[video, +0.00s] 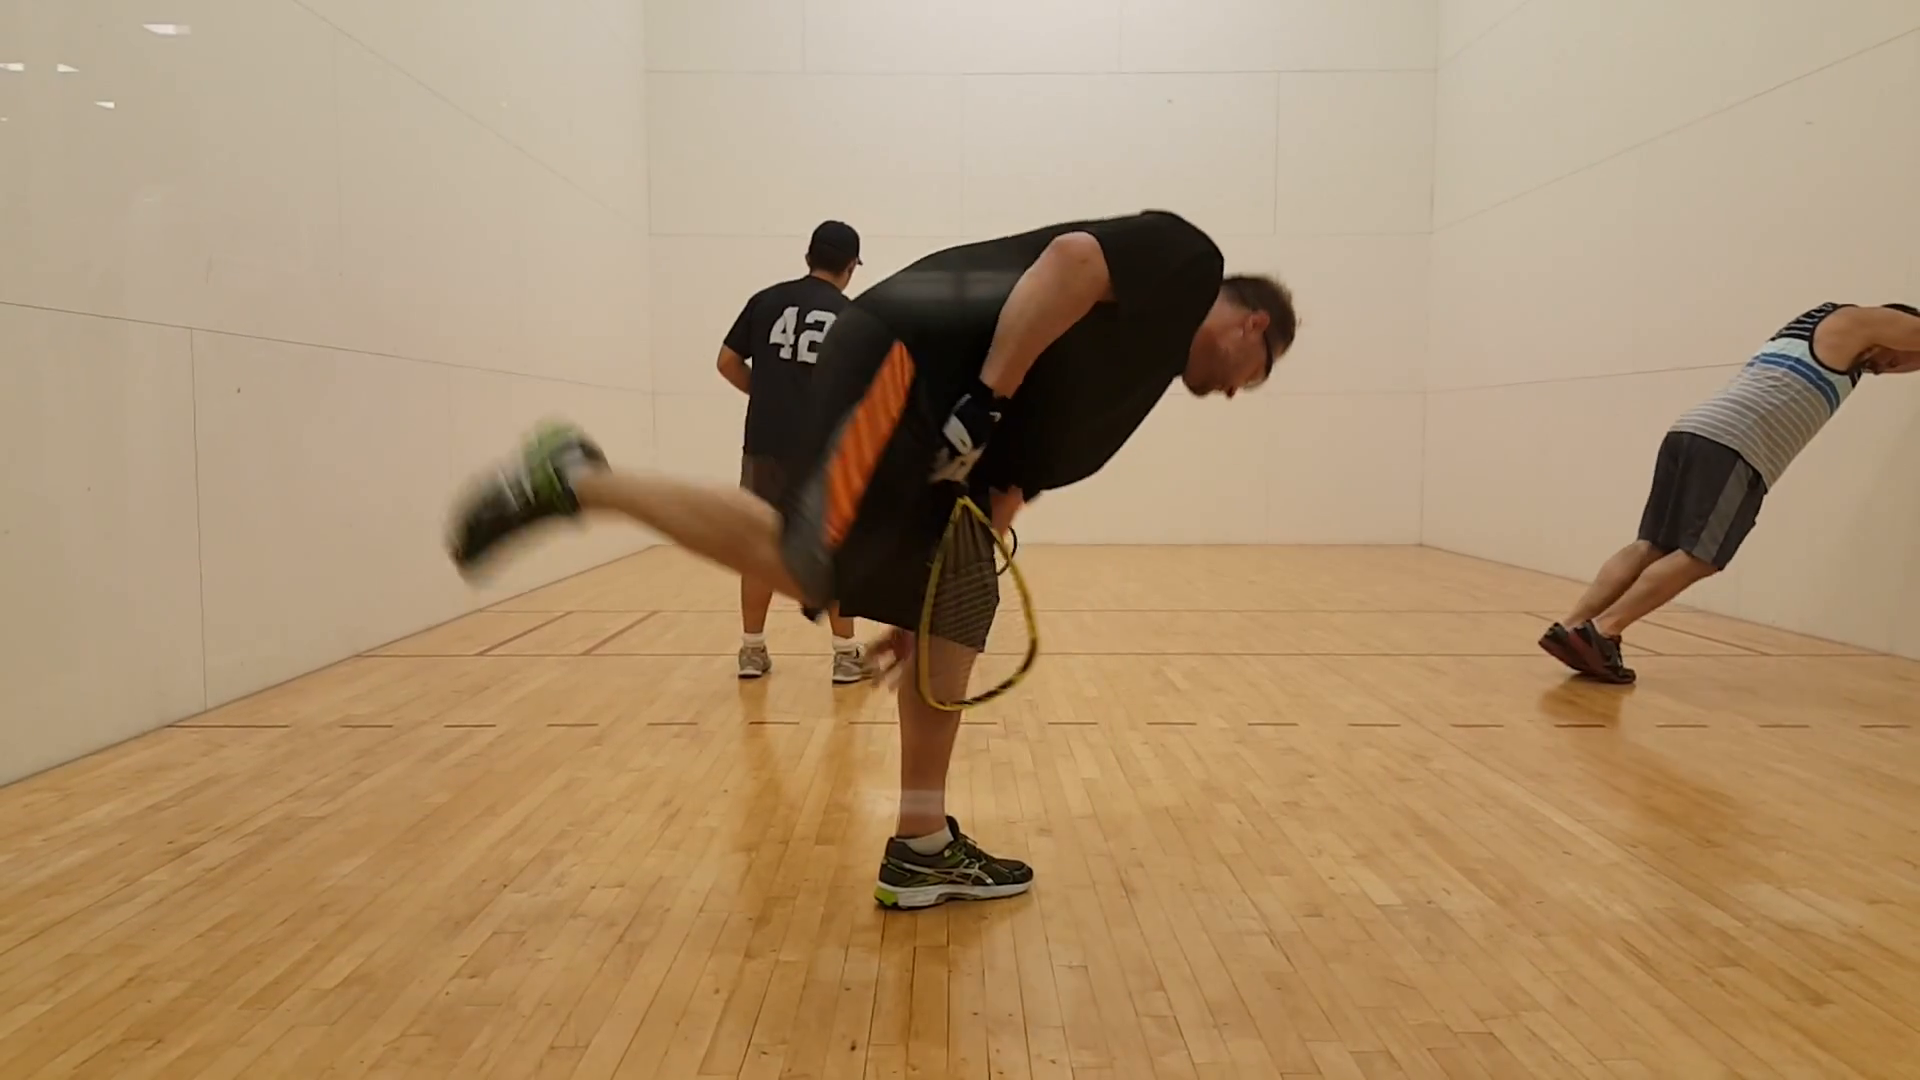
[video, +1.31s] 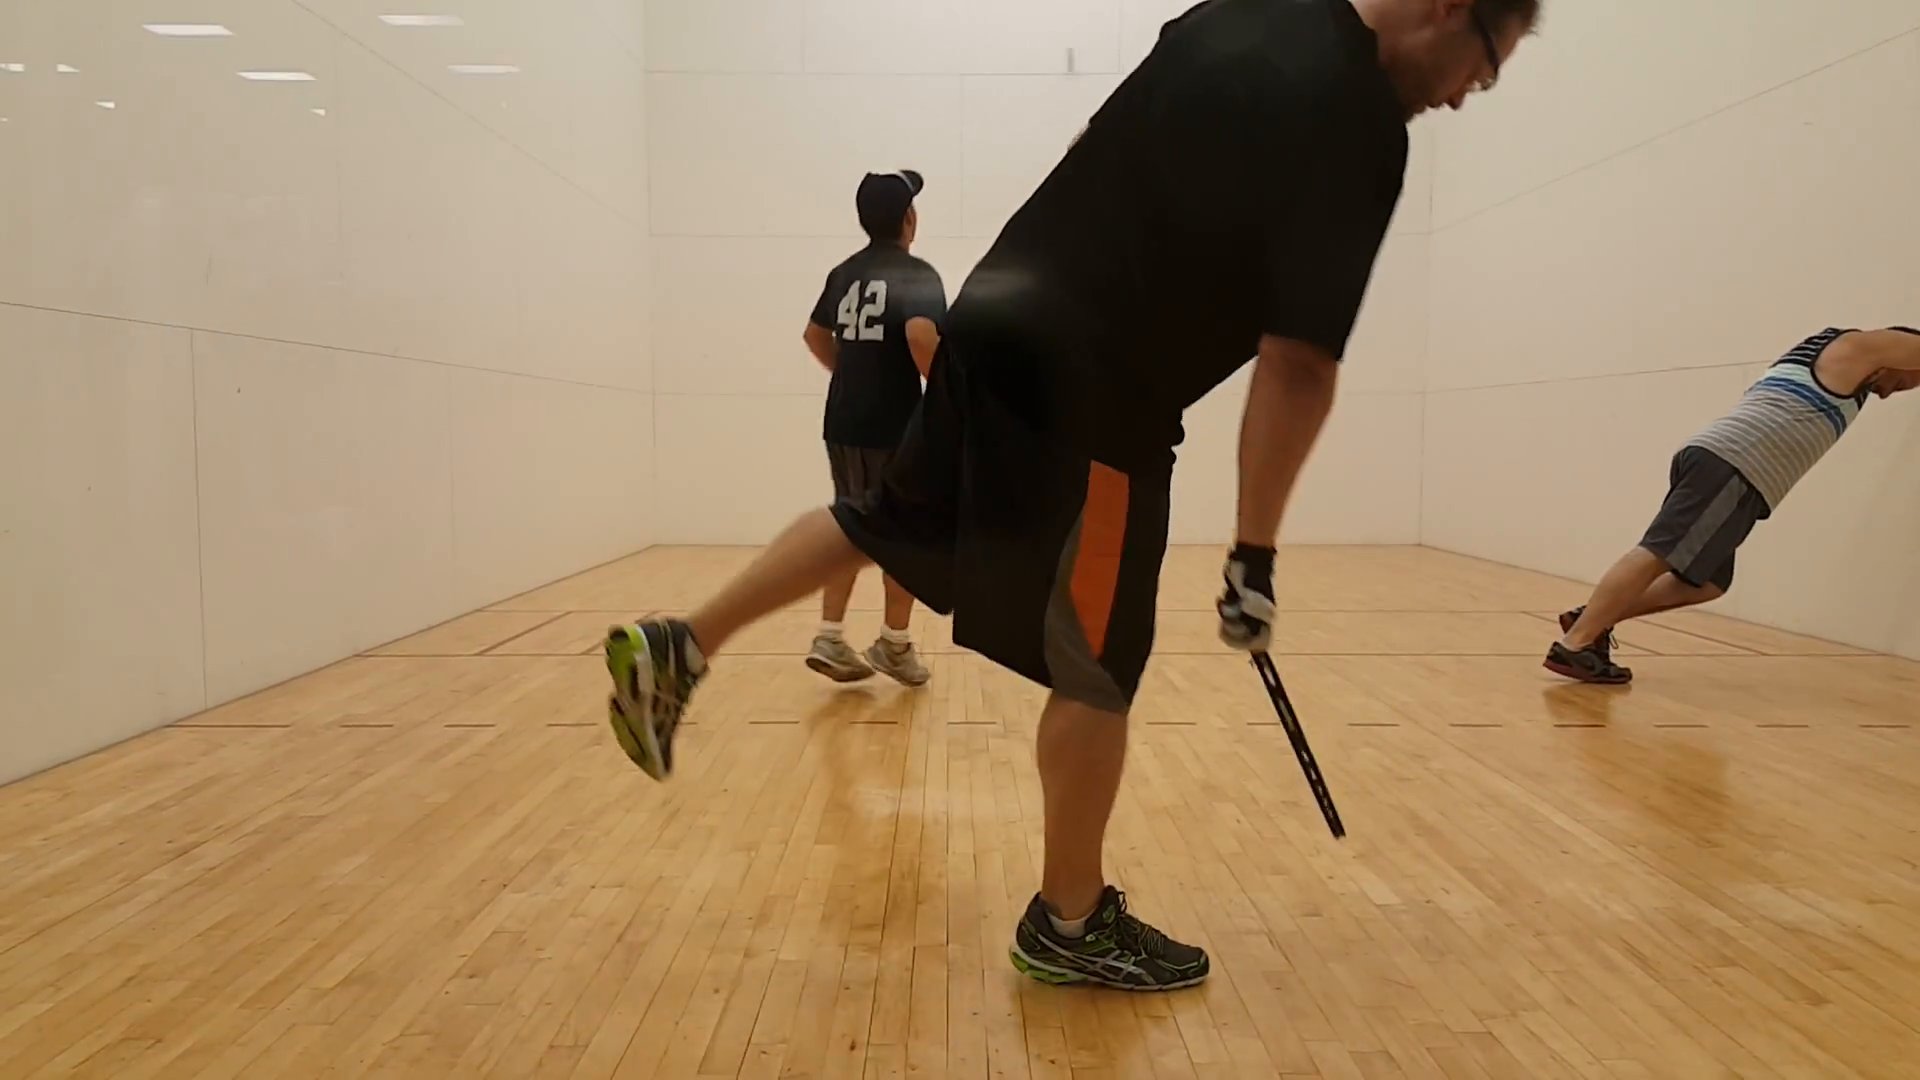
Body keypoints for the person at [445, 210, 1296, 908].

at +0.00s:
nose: (1238, 386)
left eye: (1251, 381)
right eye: (1252, 364)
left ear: (1240, 337)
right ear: (1243, 309)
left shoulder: (1127, 389)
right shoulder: (1183, 254)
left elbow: (1016, 476)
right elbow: (1071, 265)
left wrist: (955, 599)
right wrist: (986, 404)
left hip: (968, 433)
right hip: (915, 356)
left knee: (943, 621)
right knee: (809, 571)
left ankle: (922, 848)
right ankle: (581, 480)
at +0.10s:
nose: (1245, 330)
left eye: (1257, 323)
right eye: (1258, 309)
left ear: (1243, 269)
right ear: (1247, 259)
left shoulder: (1140, 301)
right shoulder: (1177, 212)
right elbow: (1065, 249)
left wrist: (1000, 464)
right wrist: (1012, 412)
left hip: (963, 401)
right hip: (921, 361)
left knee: (955, 622)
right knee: (904, 605)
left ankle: (922, 846)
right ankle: (664, 645)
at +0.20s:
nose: (1250, 259)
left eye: (1265, 249)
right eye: (1264, 236)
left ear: (1240, 197)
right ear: (1248, 192)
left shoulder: (1146, 236)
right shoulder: (1168, 165)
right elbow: (1058, 238)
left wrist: (1027, 431)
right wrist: (1037, 407)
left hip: (933, 371)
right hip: (943, 368)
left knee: (951, 617)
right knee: (972, 611)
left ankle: (923, 844)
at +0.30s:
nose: (1249, 185)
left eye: (1263, 173)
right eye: (1261, 161)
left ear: (1228, 112)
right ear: (1239, 118)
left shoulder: (1122, 123)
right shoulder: (1164, 121)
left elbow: (1024, 243)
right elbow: (1068, 226)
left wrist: (1055, 417)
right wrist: (1062, 396)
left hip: (922, 361)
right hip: (975, 370)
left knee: (945, 626)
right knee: (999, 631)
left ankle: (922, 848)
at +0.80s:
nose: (1322, 29)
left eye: (1329, 19)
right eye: (1329, 12)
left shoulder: (1118, 23)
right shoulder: (1231, 54)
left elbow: (1059, 220)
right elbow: (1193, 270)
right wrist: (1200, 453)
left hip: (992, 374)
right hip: (1086, 397)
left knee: (975, 607)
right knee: (1078, 665)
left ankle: (887, 823)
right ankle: (1064, 918)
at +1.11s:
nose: (1412, 50)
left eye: (1427, 31)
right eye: (1423, 22)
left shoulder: (1204, 23)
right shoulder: (1294, 73)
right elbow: (1228, 294)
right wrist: (1211, 487)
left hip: (1008, 360)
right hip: (1100, 399)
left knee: (929, 577)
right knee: (1085, 661)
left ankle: (763, 749)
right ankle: (1066, 915)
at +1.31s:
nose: (1472, 92)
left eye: (1490, 72)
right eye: (1486, 60)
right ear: (1441, 9)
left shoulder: (1251, 14)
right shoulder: (1356, 127)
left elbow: (1127, 164)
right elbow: (1296, 364)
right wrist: (1257, 550)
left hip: (998, 322)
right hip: (1103, 390)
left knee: (882, 516)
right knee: (1098, 659)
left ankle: (686, 643)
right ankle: (1070, 916)